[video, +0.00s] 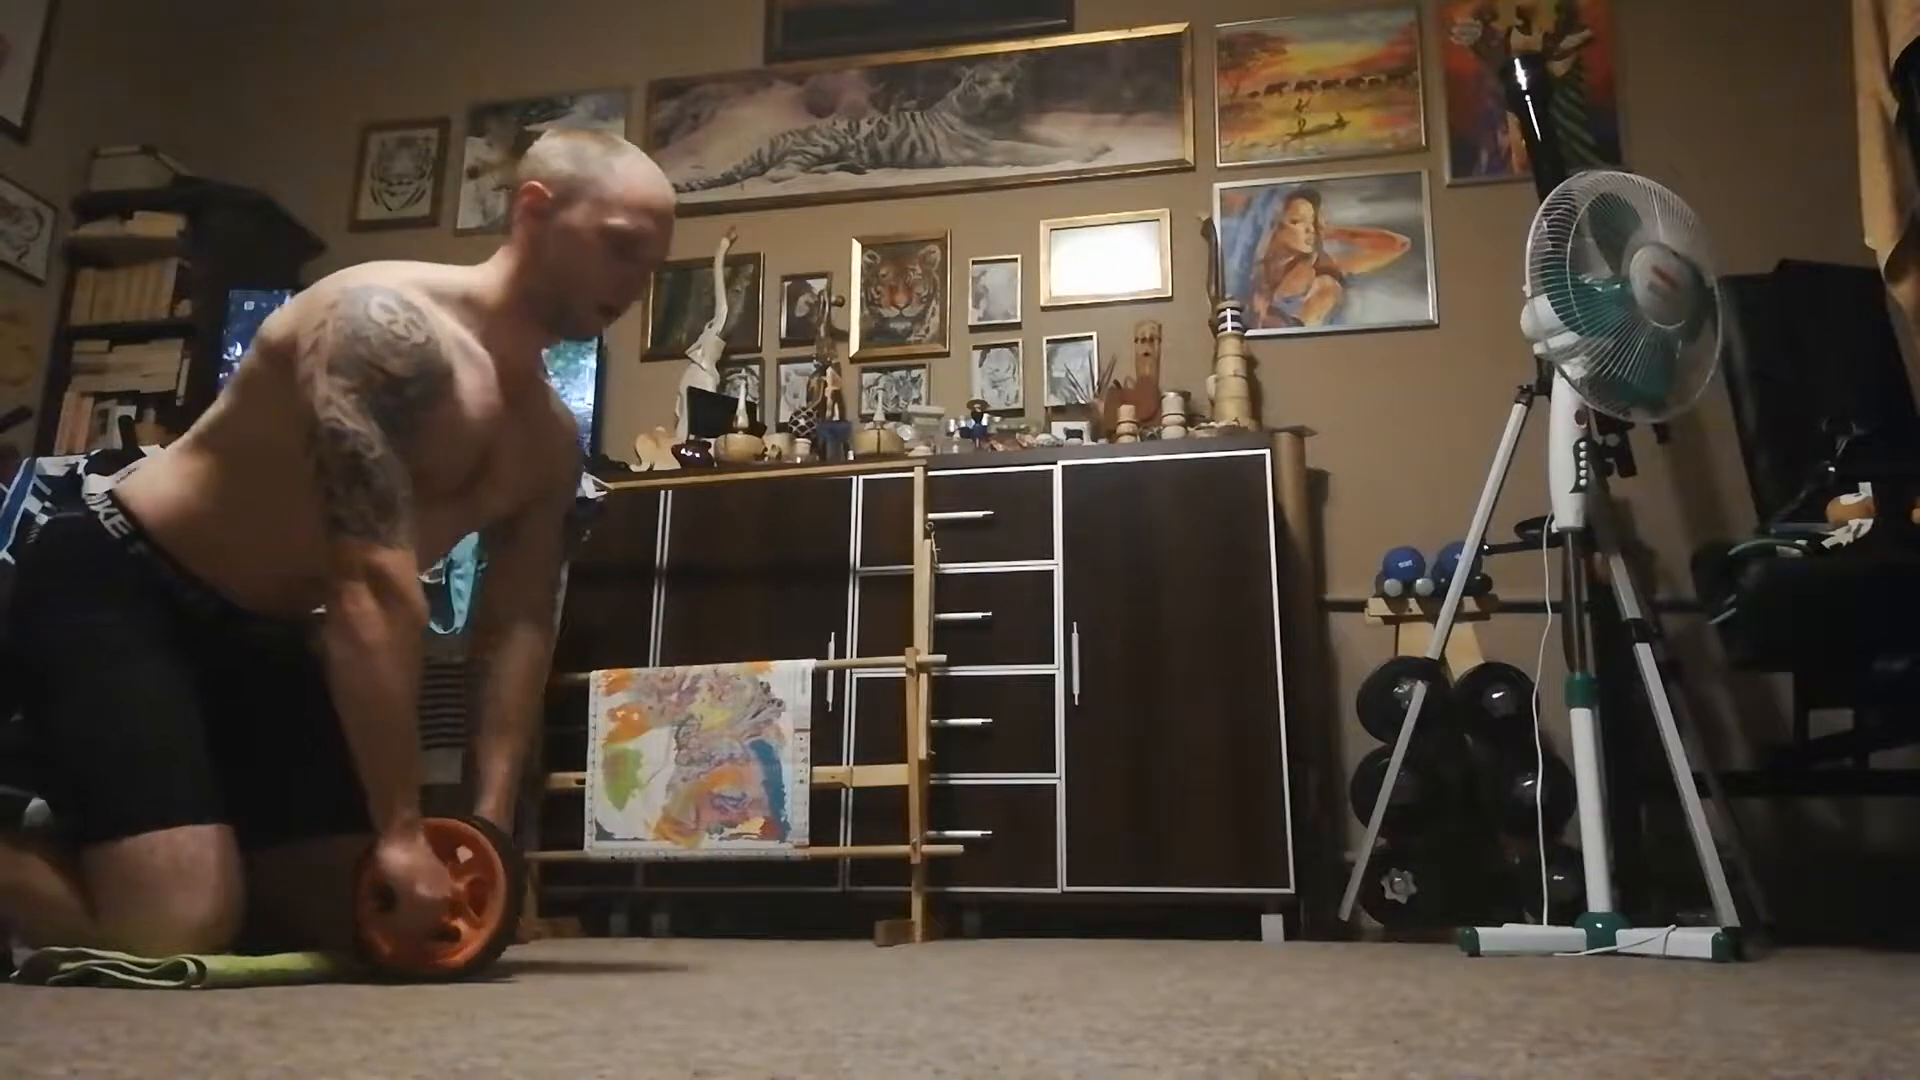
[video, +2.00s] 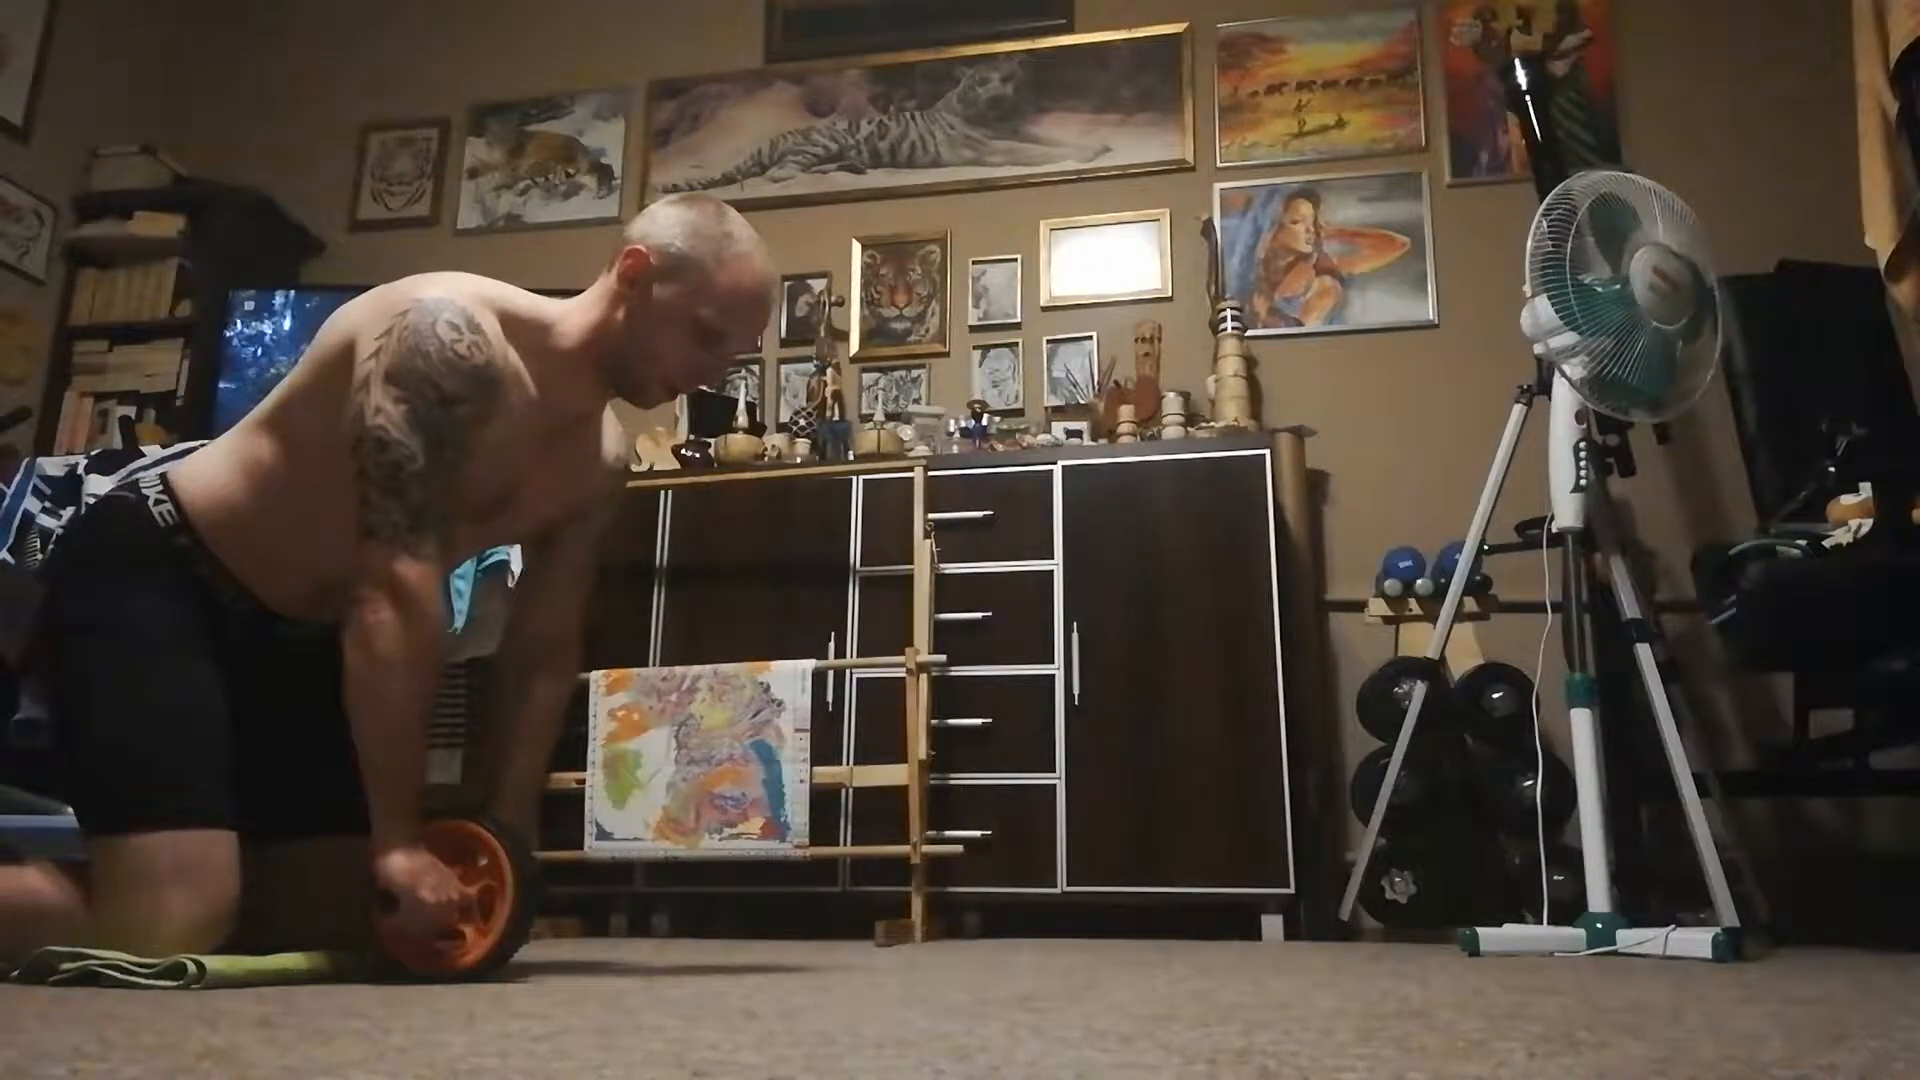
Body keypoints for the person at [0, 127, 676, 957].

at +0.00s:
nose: (637, 286)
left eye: (653, 266)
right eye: (623, 249)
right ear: (538, 209)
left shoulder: (551, 440)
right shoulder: (384, 326)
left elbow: (519, 627)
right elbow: (368, 593)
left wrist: (490, 829)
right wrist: (401, 833)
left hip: (265, 636)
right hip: (116, 579)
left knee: (345, 916)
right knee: (178, 929)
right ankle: (10, 850)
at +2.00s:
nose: (718, 374)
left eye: (736, 353)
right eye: (711, 339)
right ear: (636, 279)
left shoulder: (589, 468)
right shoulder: (448, 339)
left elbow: (542, 656)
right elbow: (390, 604)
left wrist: (497, 858)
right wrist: (400, 845)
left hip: (294, 632)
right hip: (154, 569)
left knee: (354, 913)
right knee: (172, 922)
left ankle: (140, 894)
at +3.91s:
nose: (719, 342)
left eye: (735, 318)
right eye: (706, 304)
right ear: (621, 256)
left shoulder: (613, 465)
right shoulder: (458, 338)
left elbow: (549, 663)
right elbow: (394, 602)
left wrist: (501, 864)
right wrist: (398, 850)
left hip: (292, 641)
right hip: (146, 575)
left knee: (357, 917)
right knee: (179, 924)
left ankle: (66, 863)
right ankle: (10, 863)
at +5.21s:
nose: (760, 369)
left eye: (777, 347)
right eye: (753, 330)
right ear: (672, 275)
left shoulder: (640, 471)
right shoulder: (496, 338)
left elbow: (631, 669)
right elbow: (470, 608)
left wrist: (625, 844)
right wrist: (538, 837)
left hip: (311, 645)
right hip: (169, 564)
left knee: (323, 932)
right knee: (166, 928)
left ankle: (48, 852)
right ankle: (11, 845)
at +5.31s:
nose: (791, 375)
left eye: (808, 356)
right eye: (784, 337)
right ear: (702, 282)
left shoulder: (672, 470)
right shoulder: (537, 340)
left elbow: (685, 669)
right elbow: (536, 602)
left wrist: (700, 832)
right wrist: (620, 830)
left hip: (326, 641)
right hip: (186, 559)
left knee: (324, 936)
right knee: (163, 929)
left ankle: (41, 838)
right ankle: (11, 829)